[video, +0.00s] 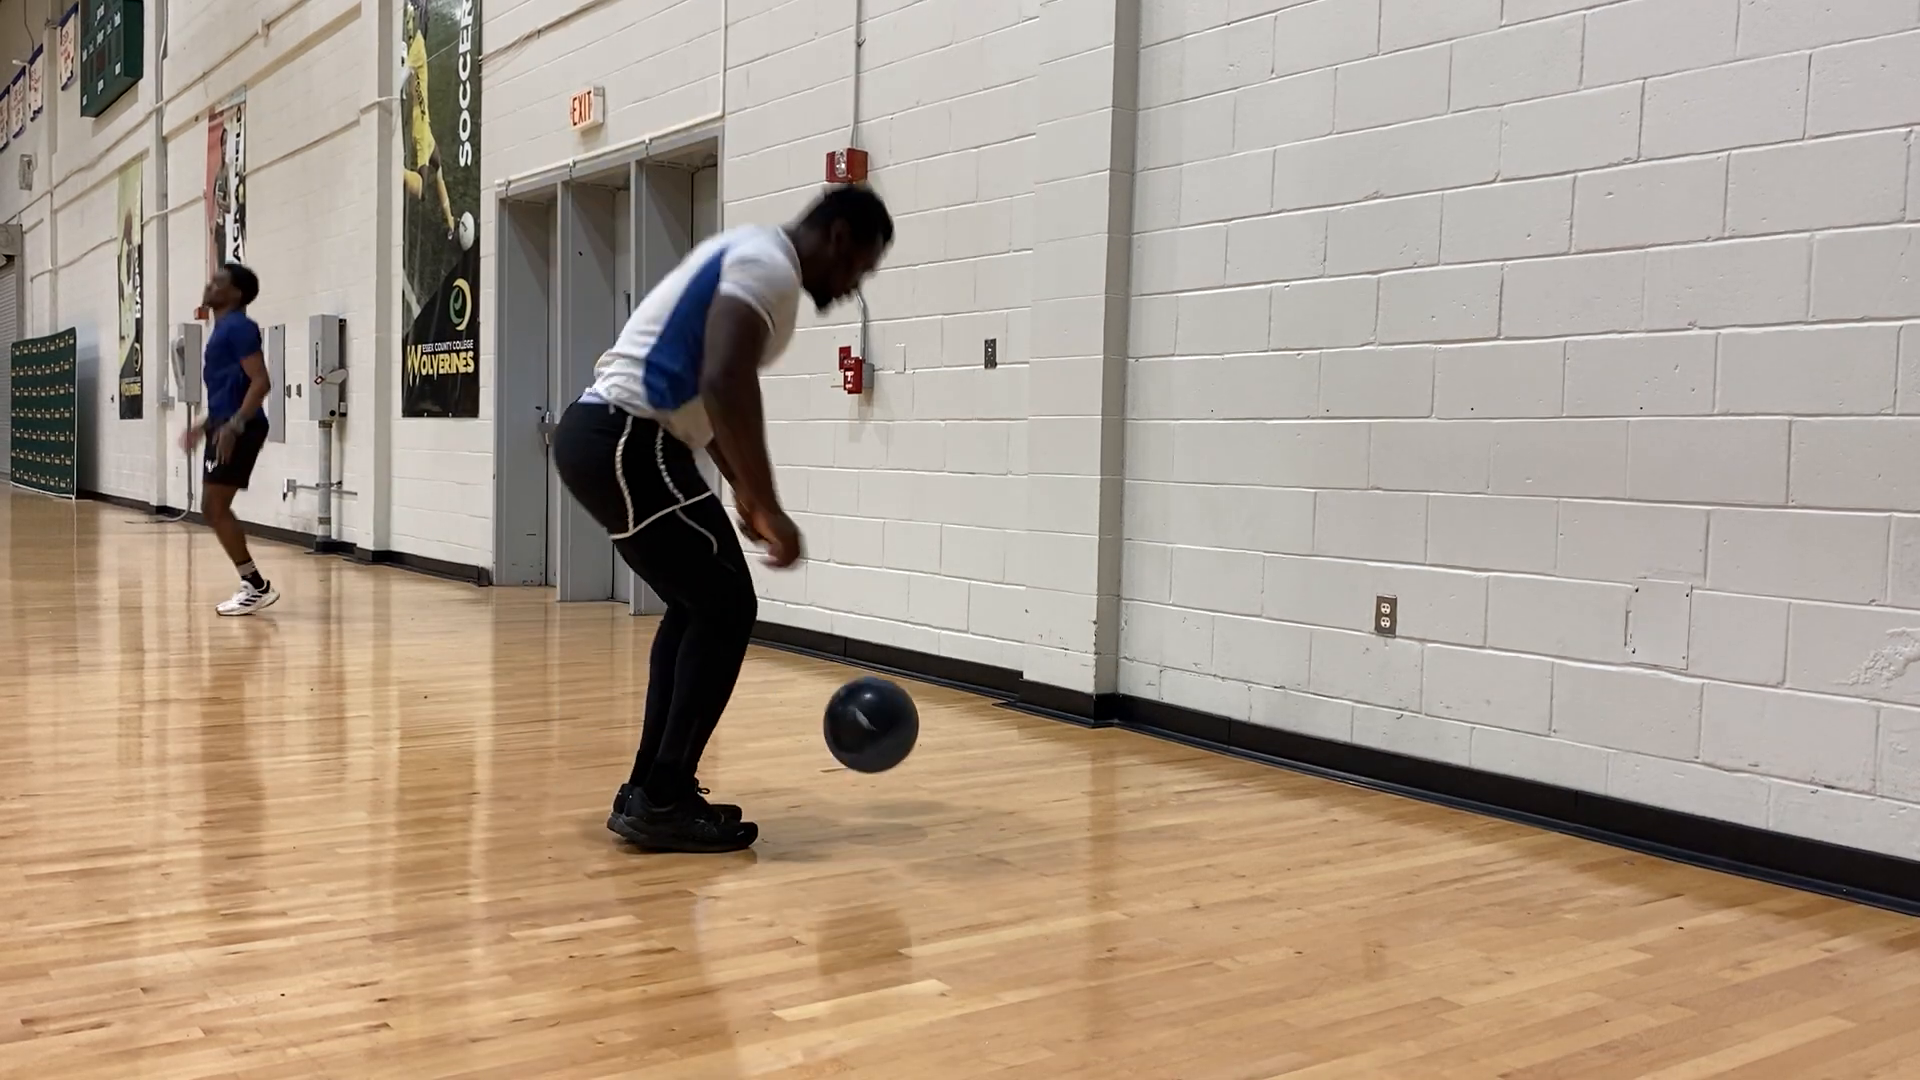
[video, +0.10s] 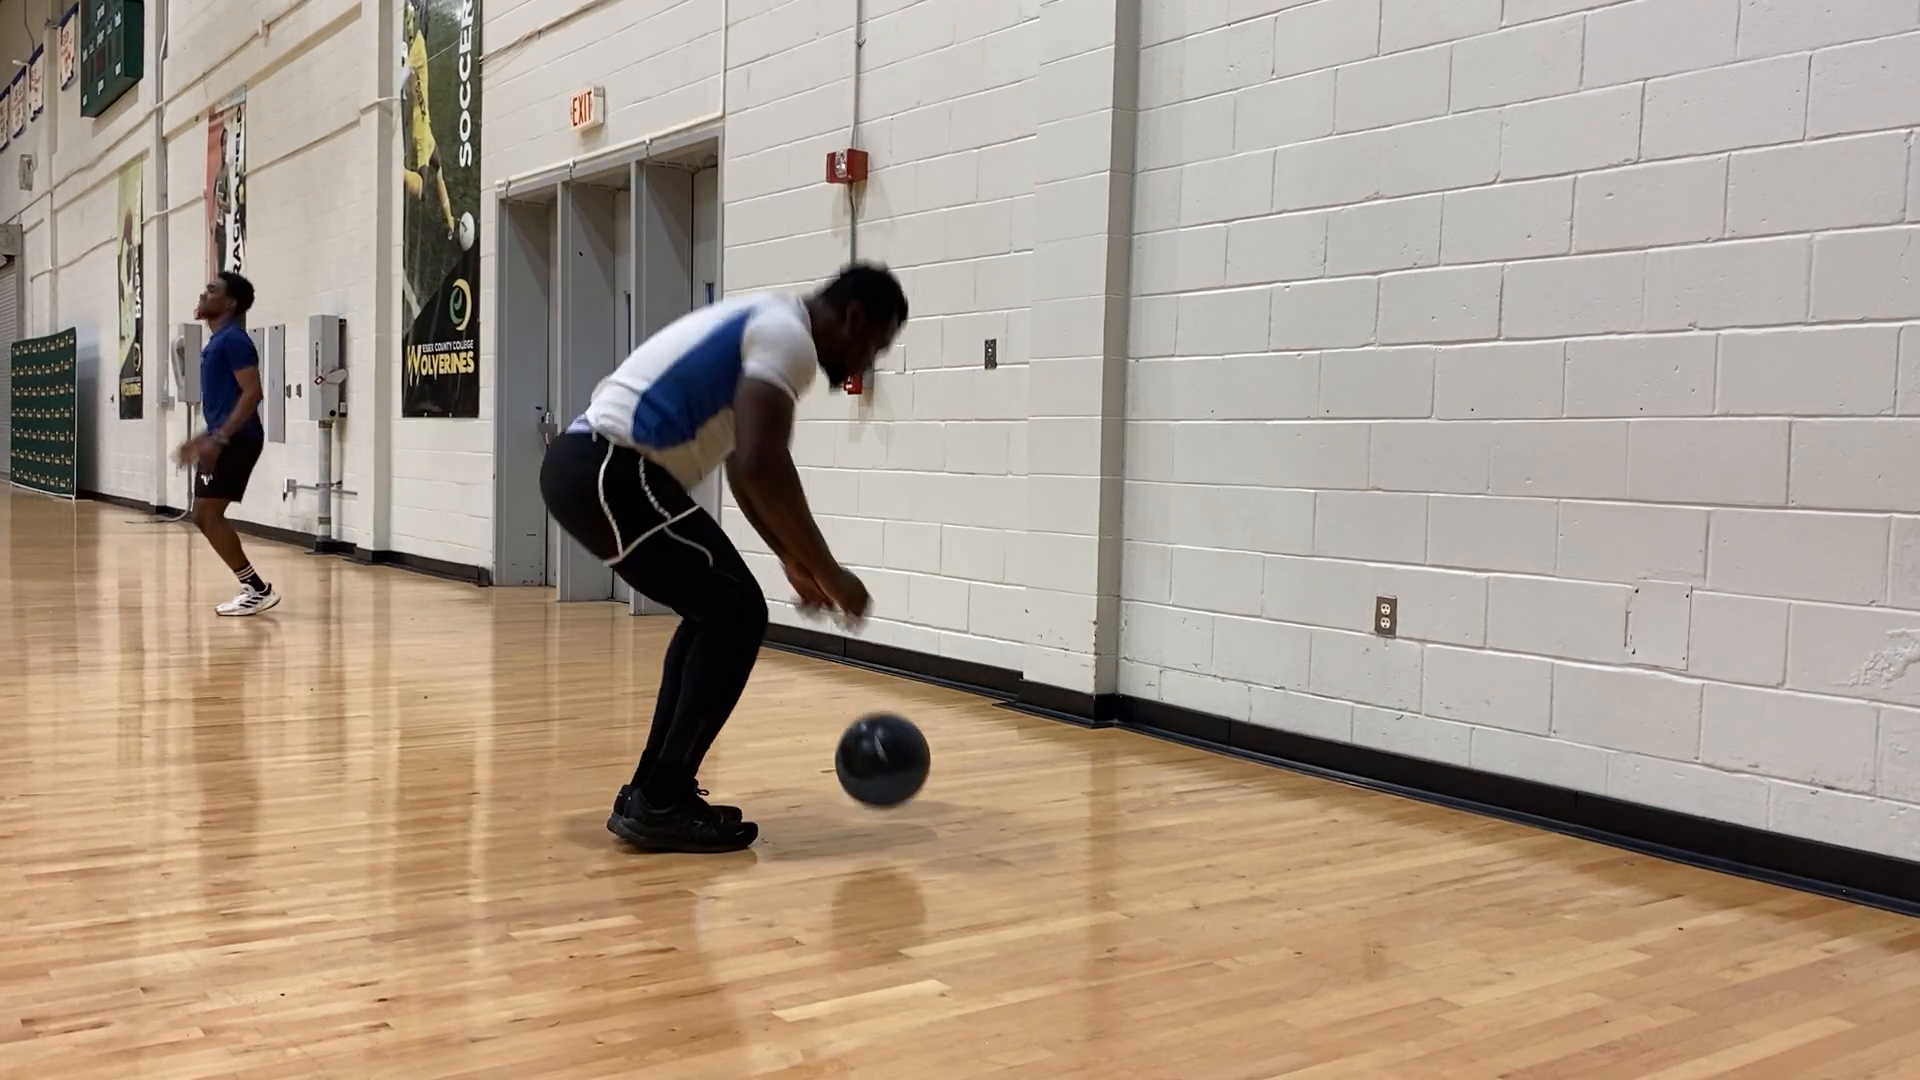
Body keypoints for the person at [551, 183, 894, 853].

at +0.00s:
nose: (858, 283)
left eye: (868, 271)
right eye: (863, 264)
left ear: (825, 229)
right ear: (835, 235)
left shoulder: (748, 252)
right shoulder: (767, 261)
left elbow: (705, 397)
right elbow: (725, 376)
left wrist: (745, 491)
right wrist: (765, 500)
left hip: (607, 433)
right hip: (633, 440)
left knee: (695, 605)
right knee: (727, 608)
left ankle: (650, 789)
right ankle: (666, 798)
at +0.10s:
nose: (870, 364)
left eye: (879, 350)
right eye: (875, 345)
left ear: (840, 309)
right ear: (851, 316)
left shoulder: (768, 320)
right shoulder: (784, 331)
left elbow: (745, 473)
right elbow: (761, 461)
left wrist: (794, 562)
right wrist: (827, 567)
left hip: (595, 463)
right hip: (613, 468)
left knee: (716, 609)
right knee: (739, 611)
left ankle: (653, 790)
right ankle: (663, 800)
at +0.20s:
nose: (873, 428)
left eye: (882, 415)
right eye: (877, 411)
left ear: (838, 374)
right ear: (851, 382)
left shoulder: (780, 393)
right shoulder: (797, 410)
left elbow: (794, 545)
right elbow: (804, 546)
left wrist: (842, 632)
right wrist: (867, 644)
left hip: (588, 509)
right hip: (607, 517)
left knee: (741, 619)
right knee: (761, 624)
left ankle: (655, 789)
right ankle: (667, 800)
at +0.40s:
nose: (874, 489)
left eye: (882, 475)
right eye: (878, 470)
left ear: (827, 445)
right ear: (845, 450)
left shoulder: (775, 470)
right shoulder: (809, 489)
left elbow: (812, 615)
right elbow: (845, 616)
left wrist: (869, 701)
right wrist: (905, 709)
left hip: (611, 607)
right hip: (627, 617)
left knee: (798, 650)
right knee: (800, 662)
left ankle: (664, 783)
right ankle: (673, 792)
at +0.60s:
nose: (847, 458)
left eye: (849, 444)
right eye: (843, 442)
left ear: (797, 430)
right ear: (805, 430)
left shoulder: (751, 476)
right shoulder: (782, 494)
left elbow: (816, 622)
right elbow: (845, 614)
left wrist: (895, 693)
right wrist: (929, 677)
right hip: (700, 686)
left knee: (867, 688)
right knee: (881, 718)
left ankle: (700, 766)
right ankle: (704, 779)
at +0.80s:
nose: (853, 423)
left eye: (854, 409)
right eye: (848, 407)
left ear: (799, 399)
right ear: (810, 401)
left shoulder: (744, 454)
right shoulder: (796, 468)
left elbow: (784, 603)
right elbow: (800, 605)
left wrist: (860, 653)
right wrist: (876, 680)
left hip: (743, 682)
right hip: (782, 690)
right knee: (928, 801)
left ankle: (735, 766)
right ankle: (738, 775)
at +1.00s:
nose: (907, 409)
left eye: (904, 394)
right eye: (899, 393)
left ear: (854, 397)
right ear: (864, 398)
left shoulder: (783, 467)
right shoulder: (855, 480)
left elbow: (801, 592)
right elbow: (881, 618)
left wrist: (876, 654)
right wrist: (943, 709)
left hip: (780, 684)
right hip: (819, 690)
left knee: (922, 791)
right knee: (938, 826)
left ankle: (750, 755)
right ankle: (761, 776)